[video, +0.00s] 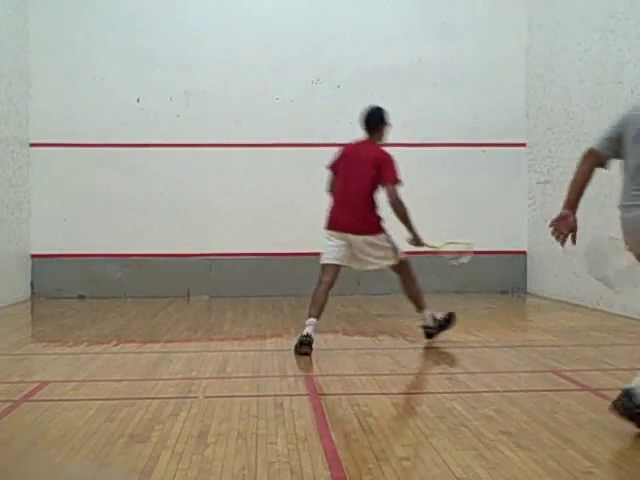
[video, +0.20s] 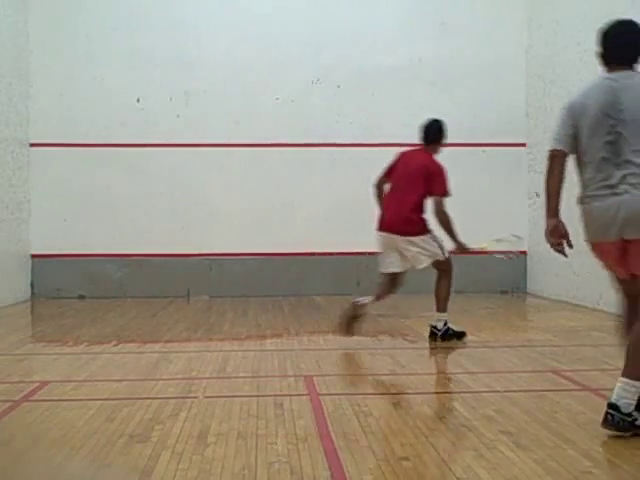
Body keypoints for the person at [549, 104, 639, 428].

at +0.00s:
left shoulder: (631, 119)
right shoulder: (631, 119)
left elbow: (591, 157)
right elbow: (591, 157)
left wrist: (568, 209)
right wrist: (569, 209)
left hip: (633, 225)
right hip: (635, 225)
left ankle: (635, 391)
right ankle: (634, 391)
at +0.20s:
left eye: (607, 50)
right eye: (629, 51)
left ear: (603, 54)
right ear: (637, 54)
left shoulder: (582, 100)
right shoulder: (637, 90)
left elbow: (557, 158)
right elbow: (557, 157)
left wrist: (551, 216)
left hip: (598, 217)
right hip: (636, 212)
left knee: (630, 300)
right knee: (636, 305)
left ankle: (629, 393)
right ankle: (624, 400)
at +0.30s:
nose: (582, 50)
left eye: (575, 44)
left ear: (573, 48)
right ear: (612, 47)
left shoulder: (555, 97)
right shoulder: (632, 84)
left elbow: (535, 159)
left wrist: (532, 216)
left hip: (575, 211)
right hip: (630, 208)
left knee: (579, 297)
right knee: (631, 307)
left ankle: (572, 386)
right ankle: (621, 406)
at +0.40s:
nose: (556, 51)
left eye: (548, 46)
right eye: (573, 42)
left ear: (545, 50)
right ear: (585, 47)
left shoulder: (528, 98)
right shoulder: (612, 86)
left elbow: (505, 162)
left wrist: (501, 220)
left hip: (547, 217)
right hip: (608, 213)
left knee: (527, 300)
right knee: (621, 310)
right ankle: (620, 408)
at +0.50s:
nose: (530, 52)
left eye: (524, 45)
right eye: (546, 44)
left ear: (516, 51)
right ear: (555, 49)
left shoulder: (496, 98)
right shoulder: (578, 91)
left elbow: (471, 162)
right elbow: (624, 133)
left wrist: (467, 212)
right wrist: (639, 157)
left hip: (511, 218)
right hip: (569, 216)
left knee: (492, 304)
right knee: (598, 307)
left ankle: (470, 397)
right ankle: (618, 406)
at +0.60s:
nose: (498, 44)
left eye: (491, 38)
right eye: (513, 36)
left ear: (488, 42)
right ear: (526, 41)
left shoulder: (466, 87)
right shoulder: (548, 84)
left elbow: (435, 143)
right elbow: (588, 131)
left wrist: (436, 196)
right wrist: (624, 183)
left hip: (478, 208)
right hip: (534, 208)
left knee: (478, 296)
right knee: (559, 299)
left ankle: (468, 394)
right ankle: (584, 390)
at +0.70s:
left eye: (469, 26)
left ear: (464, 32)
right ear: (501, 32)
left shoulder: (442, 74)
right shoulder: (526, 73)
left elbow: (413, 131)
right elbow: (560, 127)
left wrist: (411, 182)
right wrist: (578, 183)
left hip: (458, 195)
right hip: (513, 196)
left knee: (455, 295)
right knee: (520, 294)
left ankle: (451, 388)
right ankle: (535, 387)